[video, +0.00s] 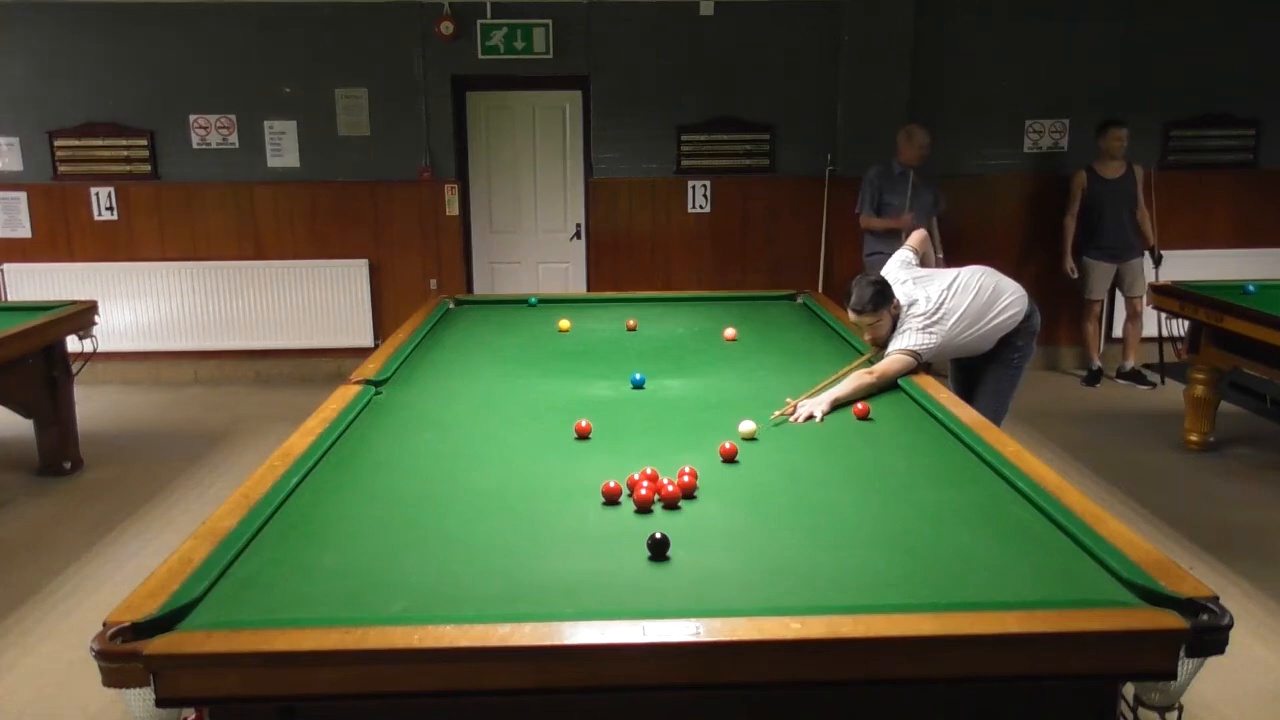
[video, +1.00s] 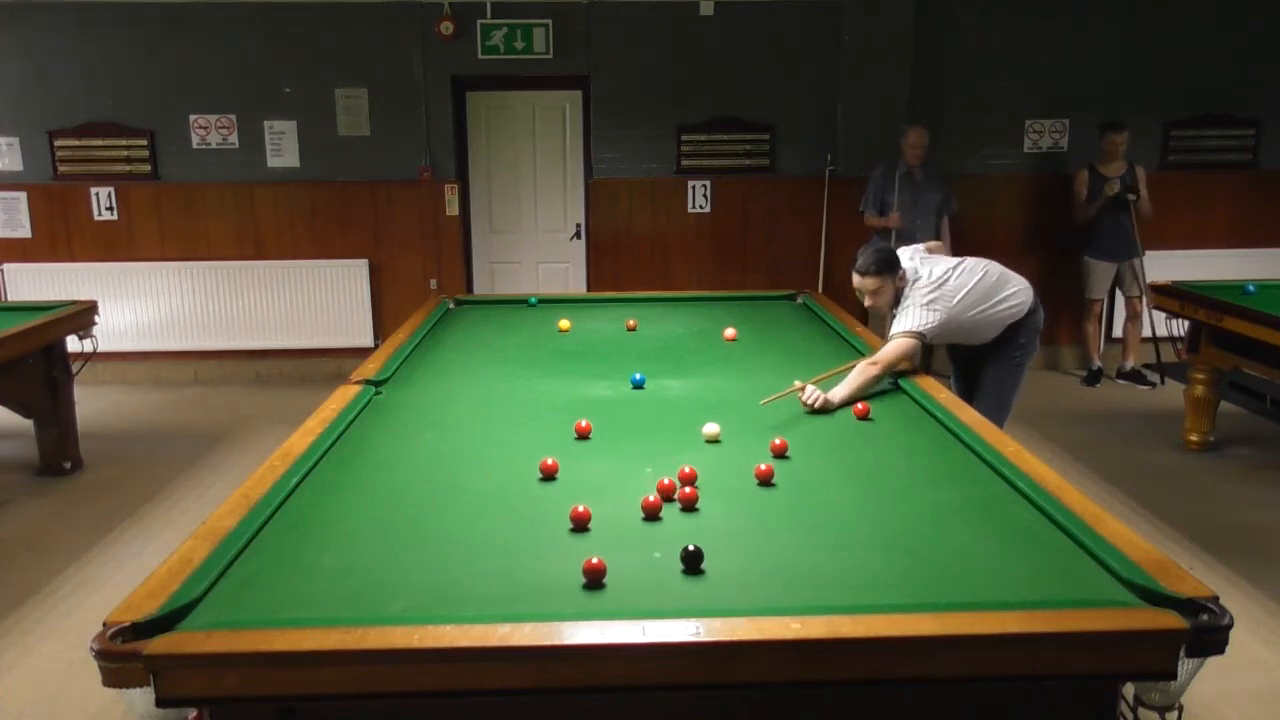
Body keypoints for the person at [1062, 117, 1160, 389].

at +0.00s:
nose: (1122, 144)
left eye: (1124, 139)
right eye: (1116, 139)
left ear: (1127, 142)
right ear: (1101, 142)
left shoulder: (1134, 172)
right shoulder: (1084, 176)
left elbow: (1141, 210)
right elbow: (1071, 216)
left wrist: (1152, 244)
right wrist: (1067, 255)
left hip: (1131, 253)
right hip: (1097, 253)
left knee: (1136, 310)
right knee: (1093, 311)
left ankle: (1128, 366)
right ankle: (1094, 365)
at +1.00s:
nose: (1117, 149)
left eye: (1121, 144)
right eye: (1112, 144)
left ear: (1127, 144)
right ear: (1102, 143)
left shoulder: (1135, 172)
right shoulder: (1086, 175)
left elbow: (1146, 213)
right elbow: (1079, 215)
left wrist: (1139, 197)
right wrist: (1103, 198)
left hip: (1130, 251)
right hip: (1098, 252)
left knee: (1135, 310)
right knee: (1093, 310)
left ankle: (1128, 366)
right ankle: (1095, 364)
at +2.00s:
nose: (1117, 148)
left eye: (1121, 143)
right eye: (1112, 143)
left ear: (1127, 143)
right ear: (1102, 142)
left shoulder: (1135, 172)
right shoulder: (1086, 174)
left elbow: (1146, 213)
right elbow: (1081, 215)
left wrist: (1133, 194)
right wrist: (1105, 192)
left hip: (1130, 251)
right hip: (1098, 251)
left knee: (1135, 310)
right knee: (1093, 309)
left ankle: (1128, 366)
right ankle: (1094, 364)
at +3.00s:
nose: (1123, 146)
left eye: (1126, 141)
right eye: (1117, 140)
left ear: (1130, 142)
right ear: (1105, 141)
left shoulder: (1136, 172)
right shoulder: (1089, 173)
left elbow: (1146, 212)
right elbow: (1083, 214)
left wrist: (1131, 196)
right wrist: (1104, 193)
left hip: (1130, 249)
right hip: (1099, 250)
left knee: (1135, 309)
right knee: (1094, 309)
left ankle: (1128, 366)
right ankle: (1094, 364)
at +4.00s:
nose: (1124, 145)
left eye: (1127, 140)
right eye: (1118, 140)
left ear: (1130, 142)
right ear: (1104, 141)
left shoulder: (1136, 171)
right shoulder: (1087, 173)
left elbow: (1146, 211)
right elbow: (1080, 214)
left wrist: (1130, 196)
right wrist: (1105, 191)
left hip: (1131, 251)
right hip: (1099, 251)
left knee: (1135, 310)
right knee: (1093, 309)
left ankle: (1128, 366)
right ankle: (1094, 365)